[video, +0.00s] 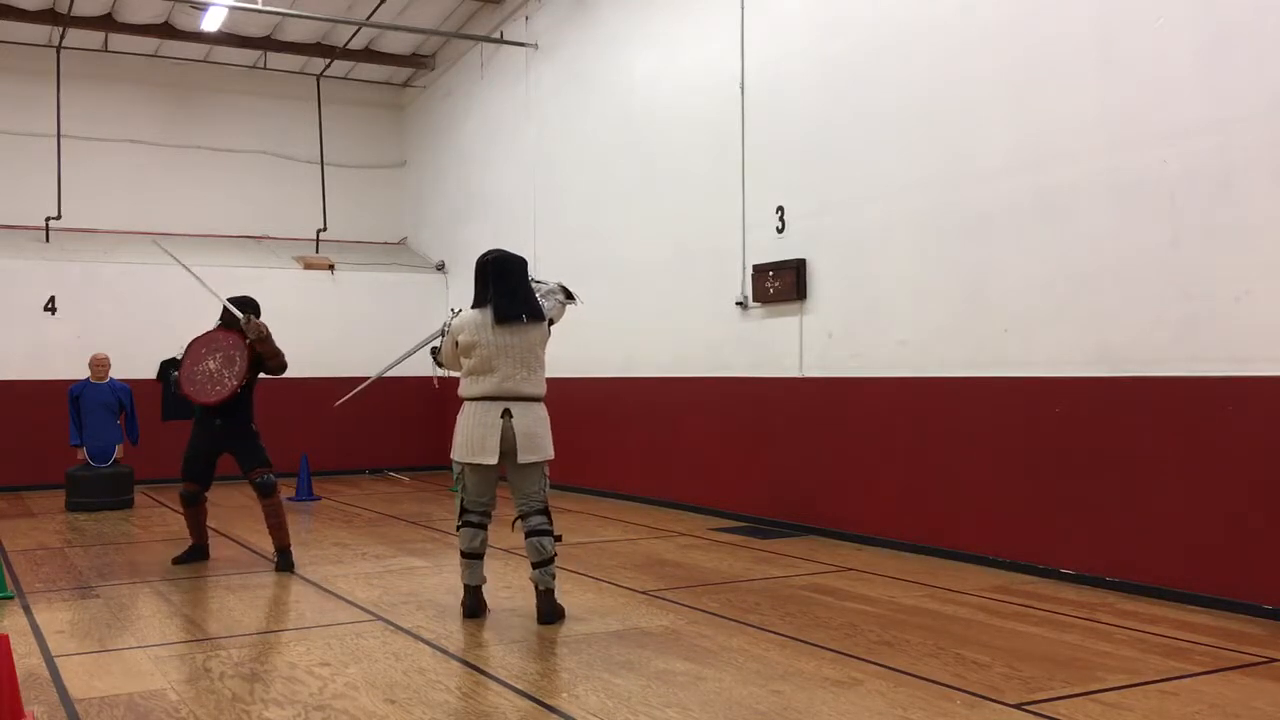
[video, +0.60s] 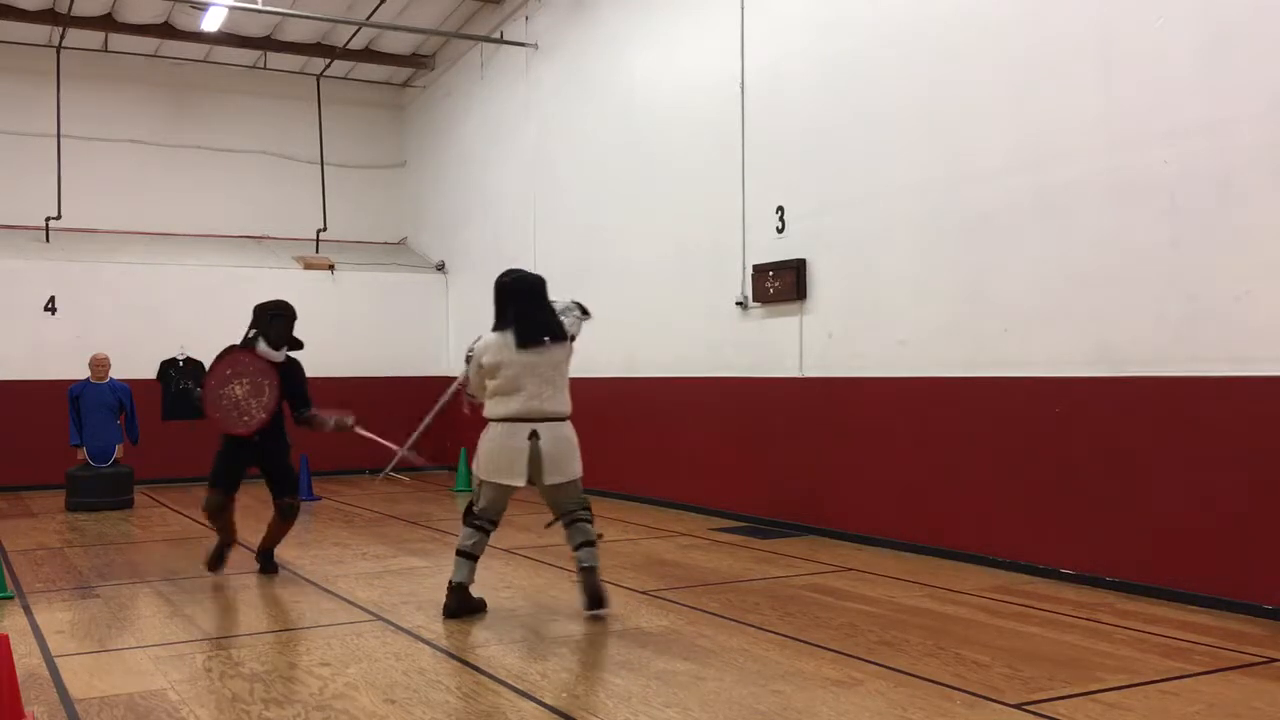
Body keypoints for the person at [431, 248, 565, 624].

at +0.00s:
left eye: (478, 280)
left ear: (481, 283)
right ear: (522, 282)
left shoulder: (465, 323)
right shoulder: (538, 318)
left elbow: (448, 360)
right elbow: (558, 297)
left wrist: (451, 331)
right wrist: (532, 283)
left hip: (478, 425)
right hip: (529, 423)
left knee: (474, 509)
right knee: (534, 508)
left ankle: (473, 595)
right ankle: (546, 599)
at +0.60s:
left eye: (499, 301)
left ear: (501, 304)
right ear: (541, 300)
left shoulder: (487, 346)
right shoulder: (560, 335)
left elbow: (476, 391)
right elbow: (572, 315)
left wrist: (472, 360)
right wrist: (574, 310)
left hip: (503, 441)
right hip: (556, 439)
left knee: (483, 516)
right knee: (574, 512)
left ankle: (457, 592)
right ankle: (591, 580)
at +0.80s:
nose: (546, 303)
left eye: (548, 297)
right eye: (548, 297)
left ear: (551, 301)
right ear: (591, 298)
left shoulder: (536, 343)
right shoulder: (611, 333)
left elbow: (521, 389)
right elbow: (618, 314)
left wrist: (514, 350)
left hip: (545, 440)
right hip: (599, 441)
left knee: (508, 516)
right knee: (612, 519)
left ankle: (466, 588)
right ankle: (646, 591)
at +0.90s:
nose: (576, 301)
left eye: (578, 295)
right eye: (578, 294)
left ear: (584, 301)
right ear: (621, 296)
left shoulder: (572, 339)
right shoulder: (641, 336)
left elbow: (540, 365)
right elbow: (638, 316)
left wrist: (533, 324)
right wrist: (590, 296)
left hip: (573, 439)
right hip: (625, 440)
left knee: (532, 517)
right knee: (621, 520)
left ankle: (492, 591)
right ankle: (646, 595)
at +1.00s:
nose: (603, 291)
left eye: (608, 285)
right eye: (605, 284)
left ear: (616, 292)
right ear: (648, 290)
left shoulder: (602, 330)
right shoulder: (666, 332)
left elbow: (561, 348)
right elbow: (645, 314)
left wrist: (551, 308)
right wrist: (613, 290)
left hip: (602, 434)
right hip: (649, 437)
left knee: (559, 512)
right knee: (629, 518)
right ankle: (646, 597)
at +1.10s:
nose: (629, 288)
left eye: (632, 282)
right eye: (628, 280)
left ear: (640, 289)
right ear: (675, 286)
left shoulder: (627, 328)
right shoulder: (690, 330)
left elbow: (585, 343)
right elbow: (663, 314)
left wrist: (576, 306)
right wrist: (635, 288)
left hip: (627, 432)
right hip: (673, 435)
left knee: (591, 514)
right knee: (641, 517)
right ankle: (648, 598)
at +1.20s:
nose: (652, 291)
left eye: (655, 285)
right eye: (651, 284)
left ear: (664, 290)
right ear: (697, 286)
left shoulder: (653, 330)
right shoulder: (713, 327)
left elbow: (609, 343)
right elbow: (691, 294)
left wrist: (594, 299)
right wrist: (652, 267)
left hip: (653, 436)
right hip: (696, 436)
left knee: (633, 528)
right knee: (655, 517)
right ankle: (647, 600)